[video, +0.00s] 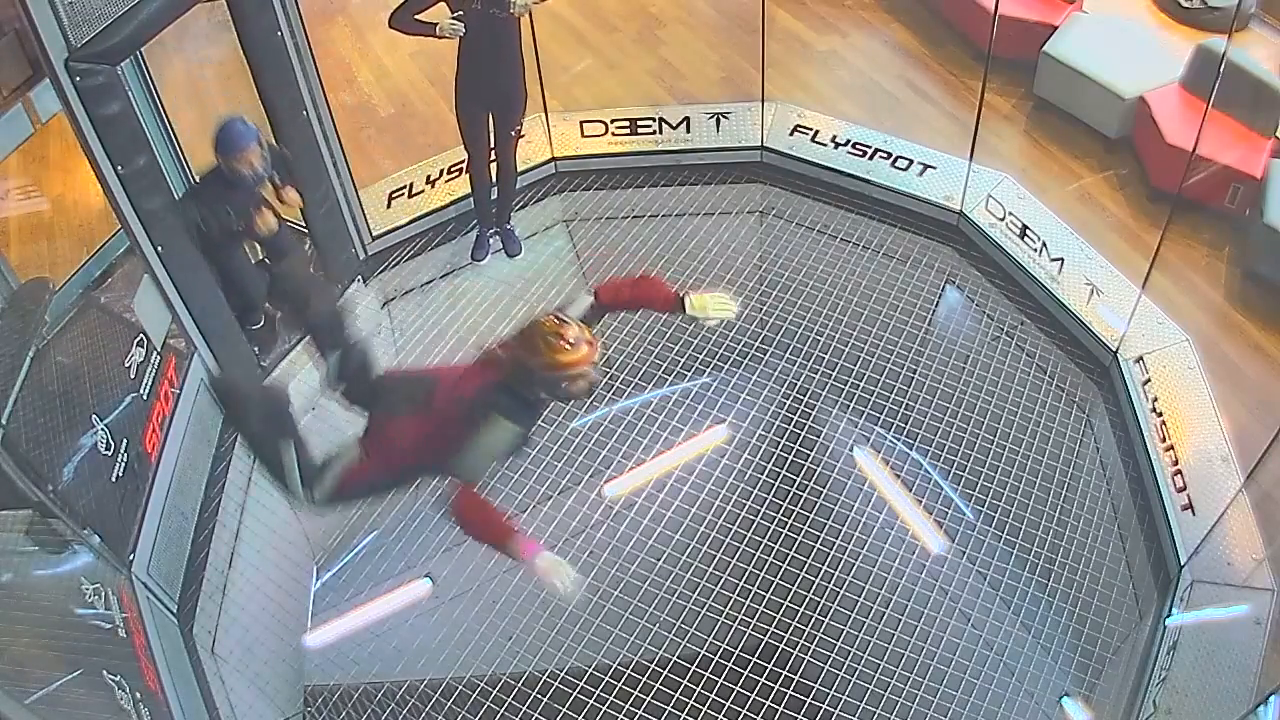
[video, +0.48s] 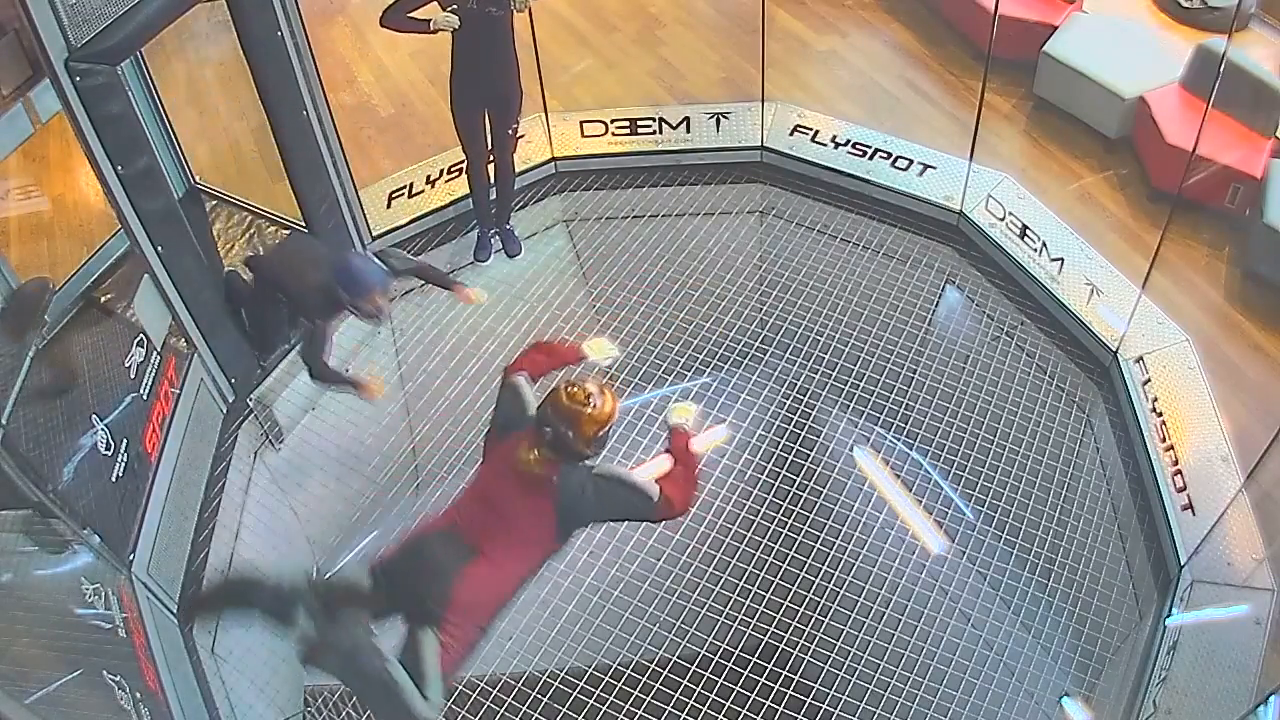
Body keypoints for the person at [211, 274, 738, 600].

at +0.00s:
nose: (588, 370)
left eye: (585, 363)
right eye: (580, 373)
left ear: (562, 342)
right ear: (556, 387)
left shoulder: (551, 337)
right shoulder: (505, 421)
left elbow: (611, 292)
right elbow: (464, 495)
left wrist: (685, 301)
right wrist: (529, 553)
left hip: (433, 387)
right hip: (408, 443)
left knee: (362, 385)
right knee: (312, 486)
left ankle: (319, 306)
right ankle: (258, 400)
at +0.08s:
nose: (595, 390)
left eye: (593, 381)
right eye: (591, 388)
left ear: (555, 355)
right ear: (568, 398)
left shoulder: (538, 355)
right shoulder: (529, 441)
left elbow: (607, 306)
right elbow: (533, 527)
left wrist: (682, 312)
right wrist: (602, 570)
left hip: (407, 414)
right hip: (407, 473)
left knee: (331, 397)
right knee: (317, 521)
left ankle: (262, 320)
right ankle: (252, 441)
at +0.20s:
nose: (580, 385)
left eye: (580, 382)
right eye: (594, 395)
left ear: (561, 381)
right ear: (586, 418)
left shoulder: (534, 377)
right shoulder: (555, 462)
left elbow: (593, 321)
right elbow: (609, 532)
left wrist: (663, 327)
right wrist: (696, 533)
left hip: (412, 448)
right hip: (433, 503)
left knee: (309, 453)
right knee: (337, 577)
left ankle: (219, 387)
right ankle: (269, 528)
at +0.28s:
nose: (577, 384)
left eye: (578, 384)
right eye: (595, 400)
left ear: (559, 385)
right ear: (592, 425)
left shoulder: (527, 388)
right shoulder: (573, 473)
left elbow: (569, 327)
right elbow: (641, 526)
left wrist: (635, 323)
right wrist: (709, 497)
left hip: (413, 475)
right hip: (438, 531)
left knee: (313, 495)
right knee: (353, 621)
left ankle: (236, 438)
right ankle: (306, 575)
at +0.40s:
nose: (575, 401)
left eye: (576, 397)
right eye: (591, 407)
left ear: (556, 401)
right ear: (595, 434)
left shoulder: (518, 409)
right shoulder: (579, 485)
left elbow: (536, 352)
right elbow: (664, 512)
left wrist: (596, 333)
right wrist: (693, 454)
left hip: (423, 519)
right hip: (460, 566)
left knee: (334, 560)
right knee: (391, 666)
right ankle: (327, 623)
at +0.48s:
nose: (578, 419)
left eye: (576, 411)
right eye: (591, 419)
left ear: (551, 411)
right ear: (593, 440)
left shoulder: (509, 428)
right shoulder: (585, 493)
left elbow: (524, 366)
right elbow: (675, 501)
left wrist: (579, 350)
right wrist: (683, 442)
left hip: (421, 551)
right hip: (469, 597)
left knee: (342, 606)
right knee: (421, 703)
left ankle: (246, 590)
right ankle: (341, 648)